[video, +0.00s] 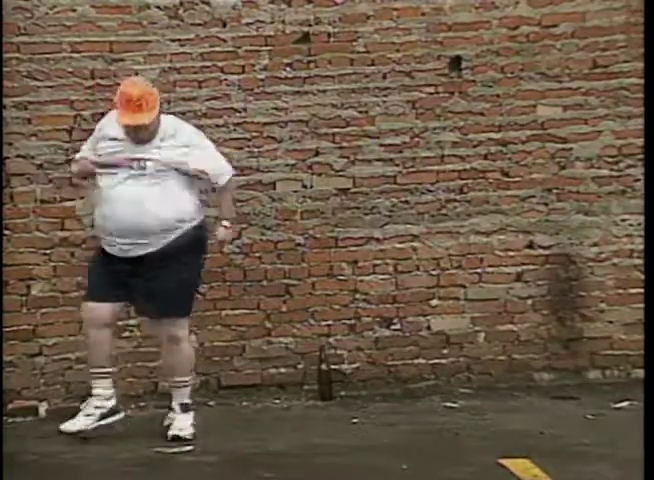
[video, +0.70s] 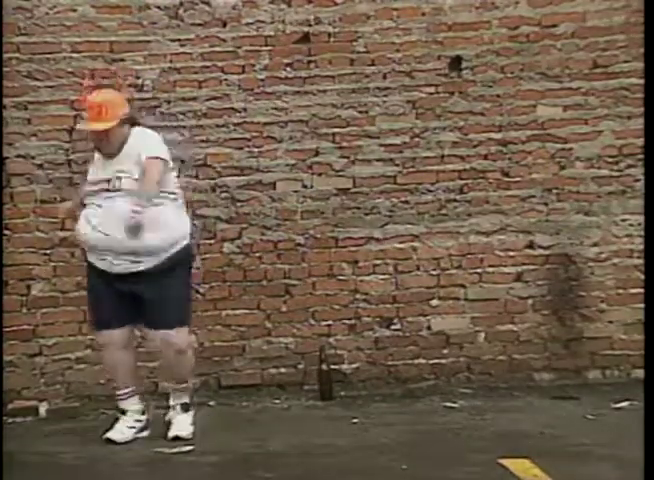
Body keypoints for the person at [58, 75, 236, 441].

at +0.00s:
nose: (137, 131)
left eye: (143, 125)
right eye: (130, 125)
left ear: (157, 114)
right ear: (119, 114)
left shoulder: (184, 137)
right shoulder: (107, 130)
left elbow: (224, 178)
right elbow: (77, 178)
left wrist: (227, 220)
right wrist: (80, 170)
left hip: (174, 246)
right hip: (117, 246)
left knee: (174, 332)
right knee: (95, 316)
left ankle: (182, 411)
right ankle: (103, 400)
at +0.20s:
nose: (130, 135)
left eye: (137, 128)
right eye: (124, 128)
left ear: (154, 117)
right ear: (117, 122)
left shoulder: (180, 146)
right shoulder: (112, 150)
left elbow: (210, 186)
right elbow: (77, 184)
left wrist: (196, 200)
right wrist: (37, 187)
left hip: (172, 254)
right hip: (119, 259)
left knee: (171, 336)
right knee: (99, 329)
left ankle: (195, 413)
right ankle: (112, 412)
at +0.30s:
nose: (114, 120)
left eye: (119, 111)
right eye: (110, 114)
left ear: (140, 101)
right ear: (111, 113)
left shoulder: (171, 127)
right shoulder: (114, 142)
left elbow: (197, 163)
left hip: (172, 250)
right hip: (118, 254)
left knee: (173, 335)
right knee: (99, 328)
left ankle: (195, 412)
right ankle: (108, 404)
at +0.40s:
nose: (100, 107)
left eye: (102, 99)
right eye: (97, 102)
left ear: (124, 88)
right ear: (106, 98)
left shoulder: (161, 110)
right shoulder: (106, 131)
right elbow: (93, 182)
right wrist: (69, 220)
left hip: (169, 240)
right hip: (114, 242)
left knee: (174, 326)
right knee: (109, 319)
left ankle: (192, 407)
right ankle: (112, 400)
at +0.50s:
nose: (95, 109)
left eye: (99, 100)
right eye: (93, 104)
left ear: (121, 94)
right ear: (97, 105)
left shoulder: (150, 113)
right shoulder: (102, 134)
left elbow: (141, 139)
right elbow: (89, 179)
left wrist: (98, 149)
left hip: (168, 240)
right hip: (114, 241)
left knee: (173, 322)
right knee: (122, 322)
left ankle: (181, 406)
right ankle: (127, 405)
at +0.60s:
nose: (95, 130)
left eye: (101, 122)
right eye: (92, 123)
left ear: (123, 116)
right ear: (93, 122)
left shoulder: (146, 130)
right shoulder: (99, 149)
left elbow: (133, 151)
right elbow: (100, 196)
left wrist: (115, 170)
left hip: (165, 257)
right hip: (109, 262)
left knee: (177, 335)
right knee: (117, 336)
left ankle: (180, 410)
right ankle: (133, 412)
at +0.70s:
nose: (99, 139)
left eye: (106, 131)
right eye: (95, 132)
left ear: (124, 122)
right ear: (89, 128)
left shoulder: (147, 140)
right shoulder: (96, 157)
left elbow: (154, 175)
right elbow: (90, 200)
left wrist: (139, 208)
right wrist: (76, 215)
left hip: (162, 259)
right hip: (107, 261)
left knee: (172, 338)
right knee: (113, 338)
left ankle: (181, 408)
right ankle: (133, 414)